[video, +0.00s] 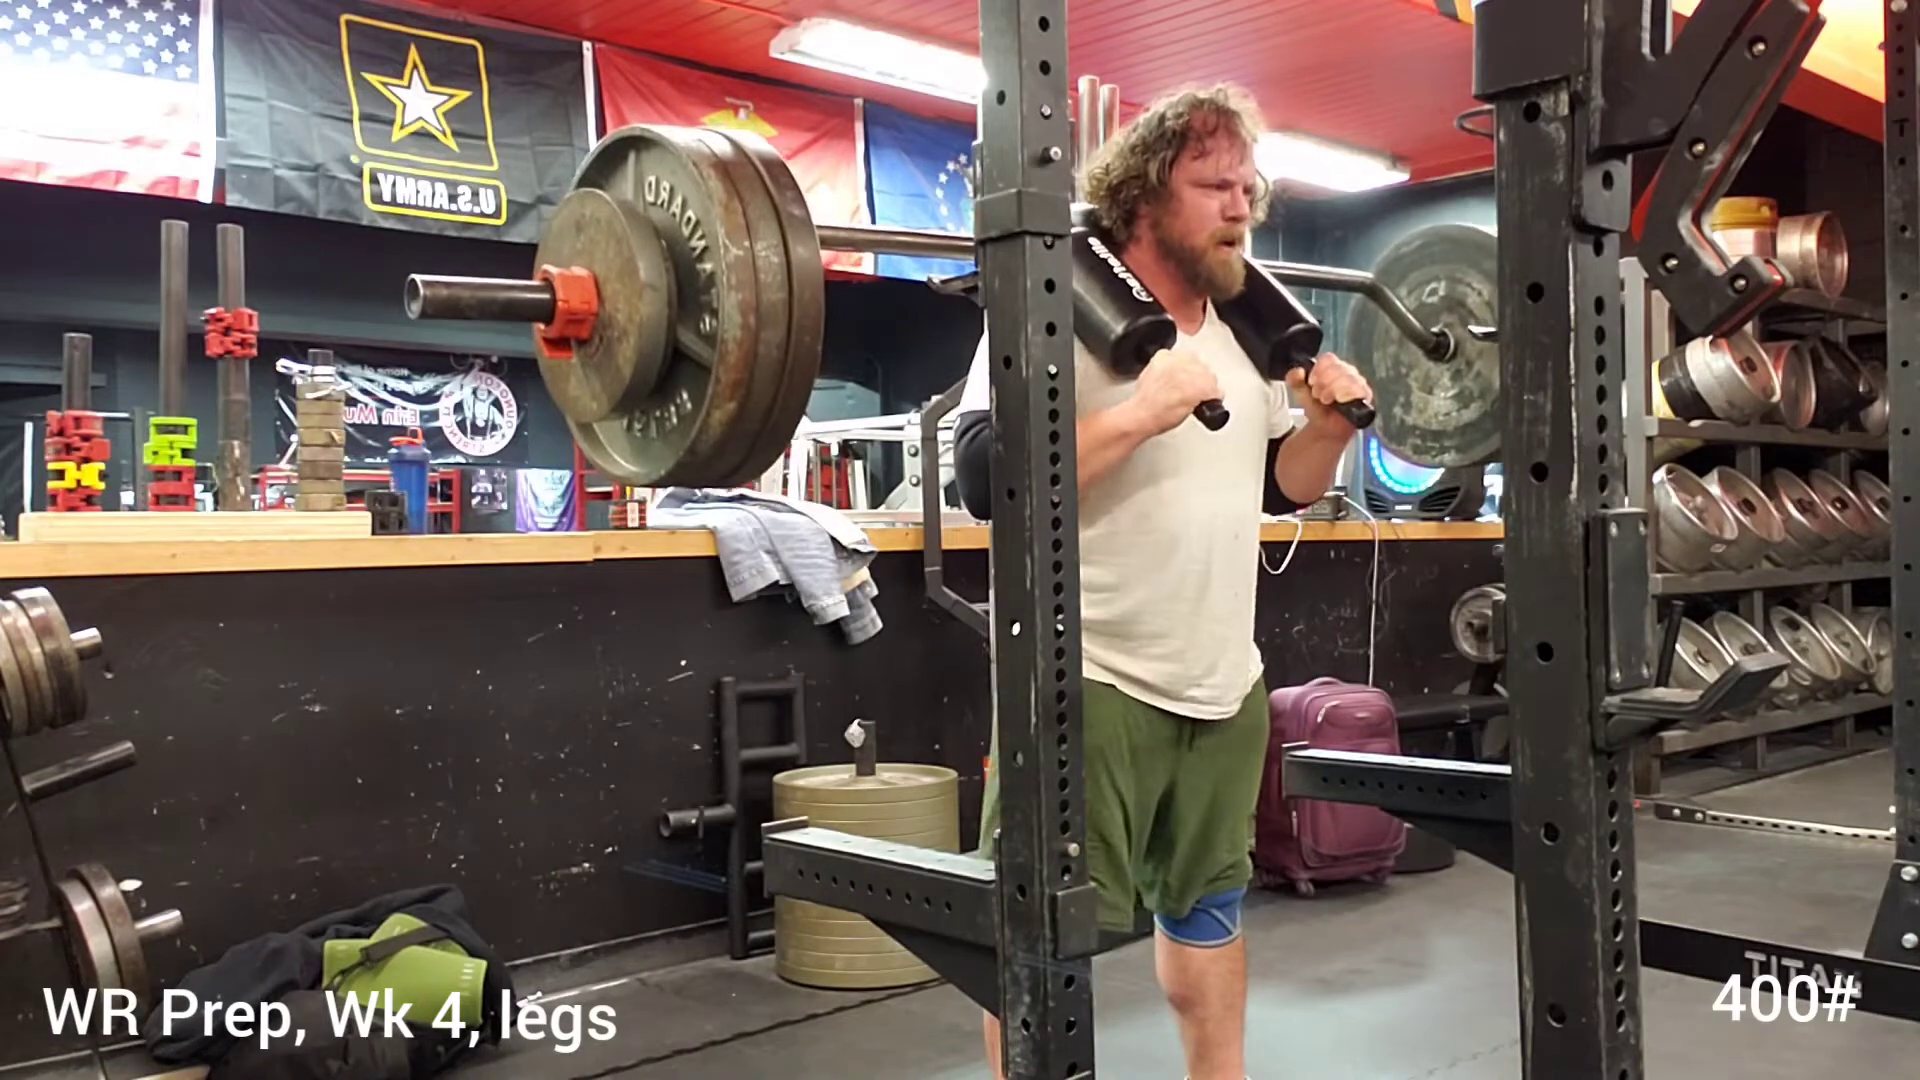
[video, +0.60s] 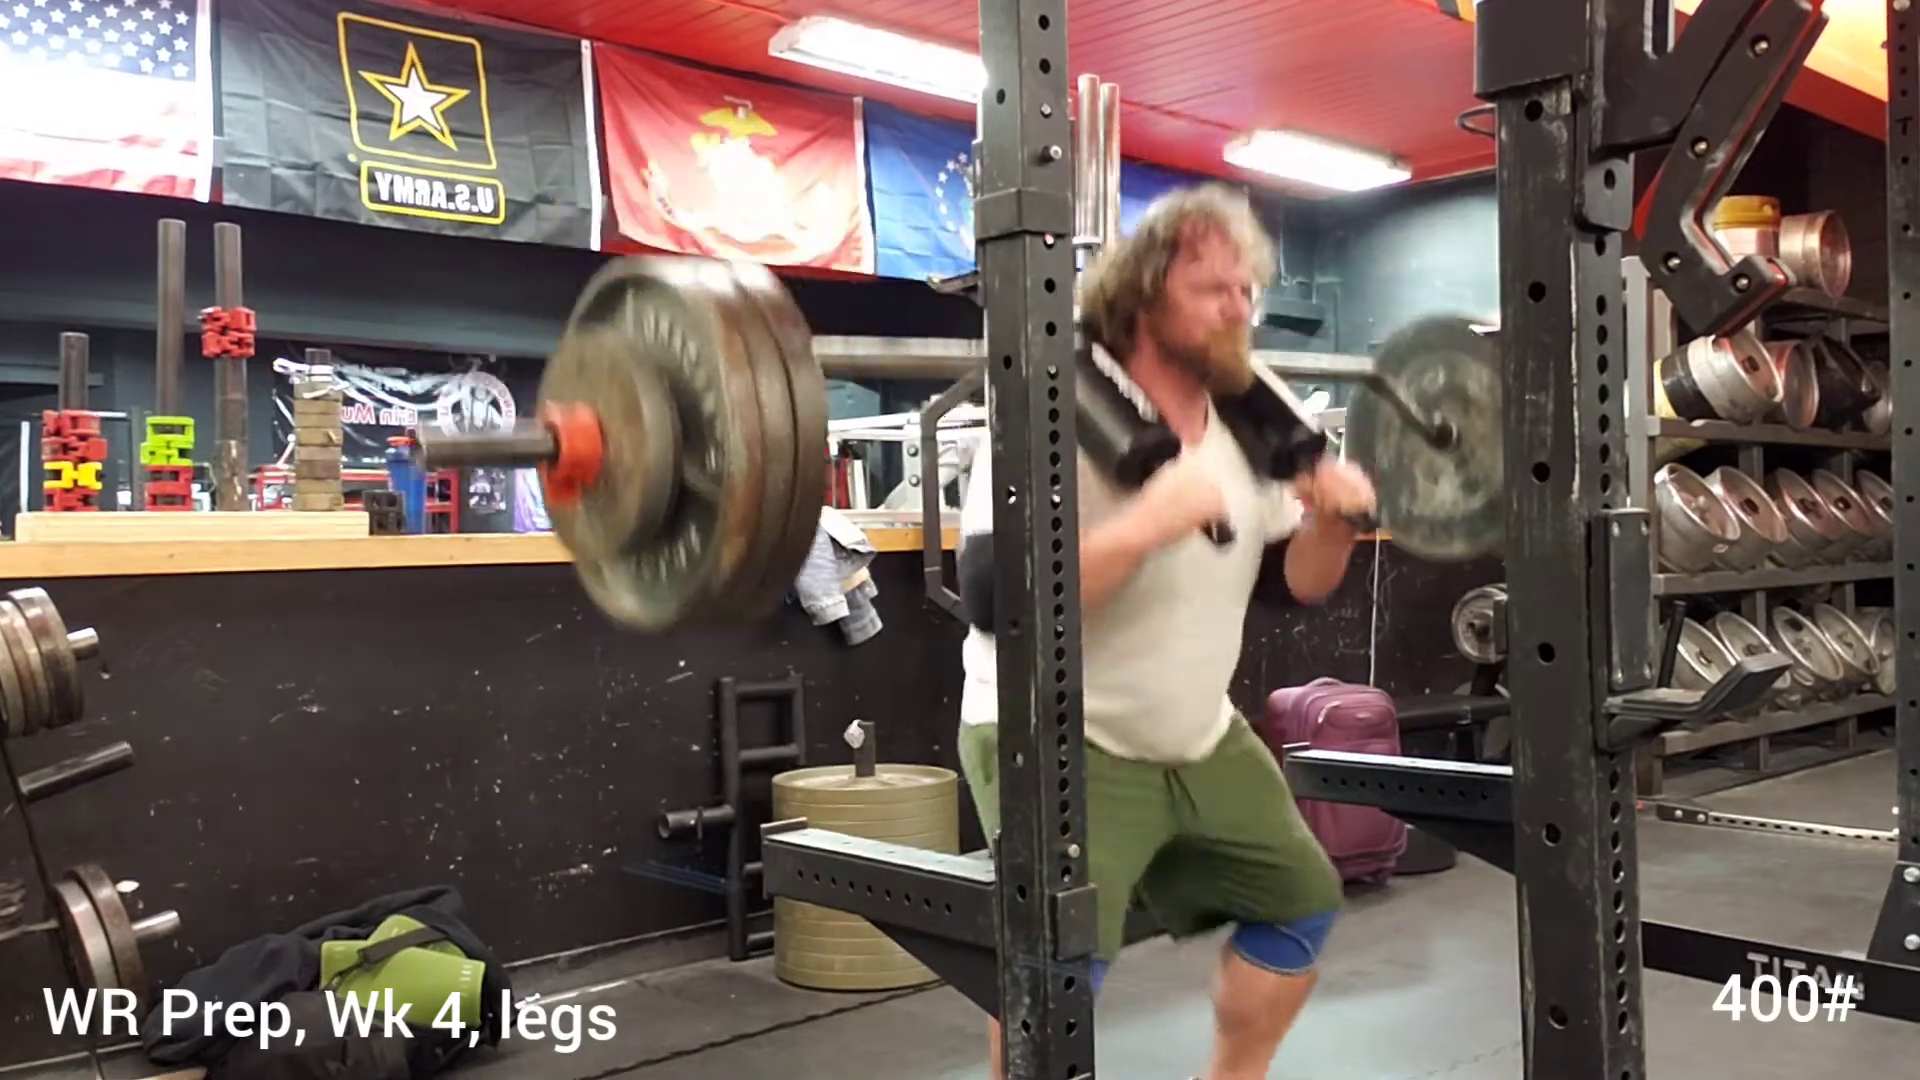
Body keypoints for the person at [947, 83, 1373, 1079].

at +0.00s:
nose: (1243, 204)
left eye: (1248, 184)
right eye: (1217, 183)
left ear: (1251, 195)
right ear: (1147, 194)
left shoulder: (1246, 328)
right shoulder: (1052, 302)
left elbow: (1284, 485)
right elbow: (983, 477)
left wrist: (1331, 424)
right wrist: (1135, 415)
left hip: (1223, 684)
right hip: (1089, 681)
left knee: (1207, 925)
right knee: (1042, 939)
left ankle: (1219, 1073)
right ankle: (1024, 1072)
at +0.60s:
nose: (1238, 311)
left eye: (1247, 290)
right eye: (1213, 289)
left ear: (1255, 296)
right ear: (1147, 299)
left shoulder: (1249, 405)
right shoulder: (1060, 404)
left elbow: (1306, 583)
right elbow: (1019, 596)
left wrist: (1334, 516)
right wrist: (1149, 520)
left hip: (1199, 730)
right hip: (1066, 738)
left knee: (1299, 900)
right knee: (1066, 960)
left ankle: (1235, 1075)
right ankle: (1022, 1073)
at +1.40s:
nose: (1266, 615)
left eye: (1271, 593)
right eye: (1243, 595)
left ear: (1282, 592)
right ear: (1171, 604)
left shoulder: (1270, 693)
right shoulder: (1081, 704)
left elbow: (1344, 854)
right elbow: (1027, 888)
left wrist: (1365, 808)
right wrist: (1177, 844)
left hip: (1226, 939)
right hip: (1103, 951)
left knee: (1359, 930)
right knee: (1083, 992)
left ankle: (1243, 1075)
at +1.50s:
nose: (1268, 622)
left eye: (1273, 599)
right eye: (1240, 601)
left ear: (1284, 597)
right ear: (1171, 611)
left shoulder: (1270, 700)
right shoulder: (1086, 714)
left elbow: (1336, 858)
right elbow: (1025, 890)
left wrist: (1367, 816)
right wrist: (1179, 849)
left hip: (1229, 949)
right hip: (1106, 960)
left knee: (1362, 932)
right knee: (1084, 1001)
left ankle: (1247, 1074)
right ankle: (1016, 1070)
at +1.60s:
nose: (1272, 611)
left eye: (1277, 589)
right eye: (1246, 590)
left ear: (1287, 589)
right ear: (1175, 598)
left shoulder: (1272, 688)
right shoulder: (1090, 698)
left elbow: (1340, 847)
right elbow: (1038, 880)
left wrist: (1366, 805)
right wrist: (1182, 837)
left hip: (1223, 926)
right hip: (1099, 938)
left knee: (1354, 926)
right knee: (1087, 983)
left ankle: (1242, 1075)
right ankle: (1018, 1068)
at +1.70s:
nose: (1275, 584)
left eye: (1281, 563)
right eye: (1250, 562)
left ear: (1289, 562)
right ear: (1178, 567)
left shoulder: (1272, 655)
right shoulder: (1086, 673)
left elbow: (1340, 825)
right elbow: (1042, 851)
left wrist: (1362, 777)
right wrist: (1178, 811)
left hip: (1211, 889)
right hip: (1089, 901)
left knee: (1339, 915)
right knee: (1083, 972)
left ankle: (1242, 1074)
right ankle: (1021, 1068)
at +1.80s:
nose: (1277, 550)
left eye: (1286, 529)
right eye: (1253, 529)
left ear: (1296, 527)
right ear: (1180, 535)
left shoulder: (1271, 626)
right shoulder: (1082, 632)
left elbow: (1336, 791)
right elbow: (1038, 815)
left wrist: (1362, 743)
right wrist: (1179, 774)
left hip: (1187, 853)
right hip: (1050, 866)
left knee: (1330, 911)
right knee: (1083, 962)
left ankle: (1240, 1075)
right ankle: (1019, 1071)